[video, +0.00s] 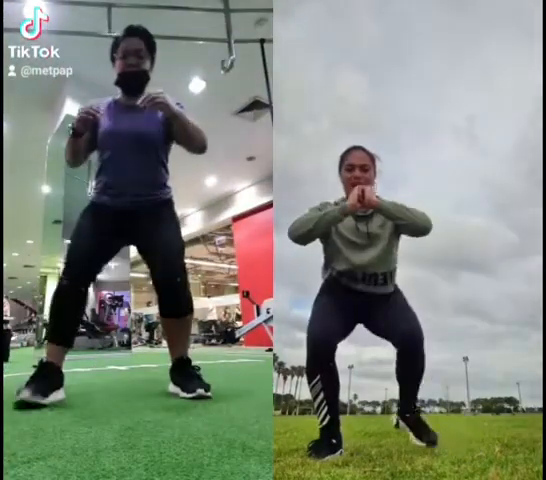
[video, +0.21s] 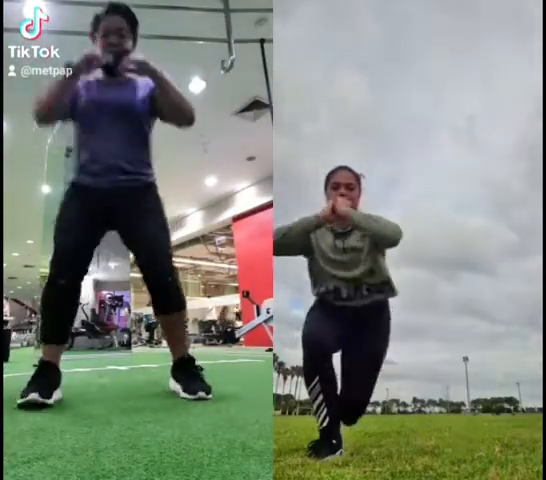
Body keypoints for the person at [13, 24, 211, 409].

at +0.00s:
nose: (130, 62)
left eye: (138, 55)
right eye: (123, 56)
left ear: (152, 63)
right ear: (113, 64)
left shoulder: (163, 109)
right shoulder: (100, 111)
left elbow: (198, 144)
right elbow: (73, 160)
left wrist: (171, 110)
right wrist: (78, 134)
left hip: (155, 208)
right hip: (104, 208)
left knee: (173, 280)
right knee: (72, 278)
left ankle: (182, 367)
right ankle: (51, 370)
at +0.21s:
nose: (114, 41)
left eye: (122, 35)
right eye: (107, 35)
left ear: (134, 42)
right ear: (94, 40)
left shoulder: (146, 87)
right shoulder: (80, 86)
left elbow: (186, 117)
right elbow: (43, 114)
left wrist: (152, 72)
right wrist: (77, 71)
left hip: (137, 192)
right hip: (87, 192)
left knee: (162, 275)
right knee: (62, 276)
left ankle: (183, 366)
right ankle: (48, 370)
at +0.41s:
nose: (92, 34)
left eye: (100, 28)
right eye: (84, 27)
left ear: (112, 35)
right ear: (71, 33)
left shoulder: (123, 80)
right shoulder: (57, 79)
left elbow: (165, 103)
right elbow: (15, 92)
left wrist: (125, 59)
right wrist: (64, 59)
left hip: (114, 191)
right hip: (64, 191)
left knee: (133, 273)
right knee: (52, 277)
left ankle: (139, 352)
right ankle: (48, 371)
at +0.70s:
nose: (79, 79)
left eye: (88, 72)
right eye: (72, 71)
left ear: (103, 79)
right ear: (61, 75)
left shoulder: (110, 119)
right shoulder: (48, 121)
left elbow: (129, 154)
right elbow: (10, 152)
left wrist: (91, 109)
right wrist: (43, 108)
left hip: (98, 227)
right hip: (51, 223)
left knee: (96, 305)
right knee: (43, 277)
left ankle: (86, 348)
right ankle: (48, 368)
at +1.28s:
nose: (87, 71)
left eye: (96, 64)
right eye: (80, 63)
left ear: (108, 72)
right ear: (66, 69)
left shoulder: (116, 115)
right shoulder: (53, 115)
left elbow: (144, 136)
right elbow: (10, 136)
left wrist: (99, 96)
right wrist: (46, 95)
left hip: (109, 224)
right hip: (63, 219)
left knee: (111, 308)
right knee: (57, 286)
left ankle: (96, 346)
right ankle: (49, 369)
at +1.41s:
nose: (105, 62)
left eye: (114, 54)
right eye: (98, 53)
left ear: (126, 62)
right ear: (84, 60)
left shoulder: (135, 110)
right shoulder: (70, 103)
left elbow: (171, 126)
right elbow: (25, 122)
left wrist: (126, 82)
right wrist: (72, 80)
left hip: (120, 217)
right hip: (72, 214)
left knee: (160, 280)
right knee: (53, 279)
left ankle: (141, 344)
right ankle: (48, 371)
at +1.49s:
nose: (119, 72)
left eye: (128, 64)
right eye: (111, 64)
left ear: (139, 73)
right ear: (97, 71)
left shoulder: (146, 120)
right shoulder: (81, 114)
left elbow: (185, 134)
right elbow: (39, 132)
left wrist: (140, 91)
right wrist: (82, 99)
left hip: (130, 224)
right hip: (80, 224)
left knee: (180, 267)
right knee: (48, 271)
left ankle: (184, 356)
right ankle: (47, 371)